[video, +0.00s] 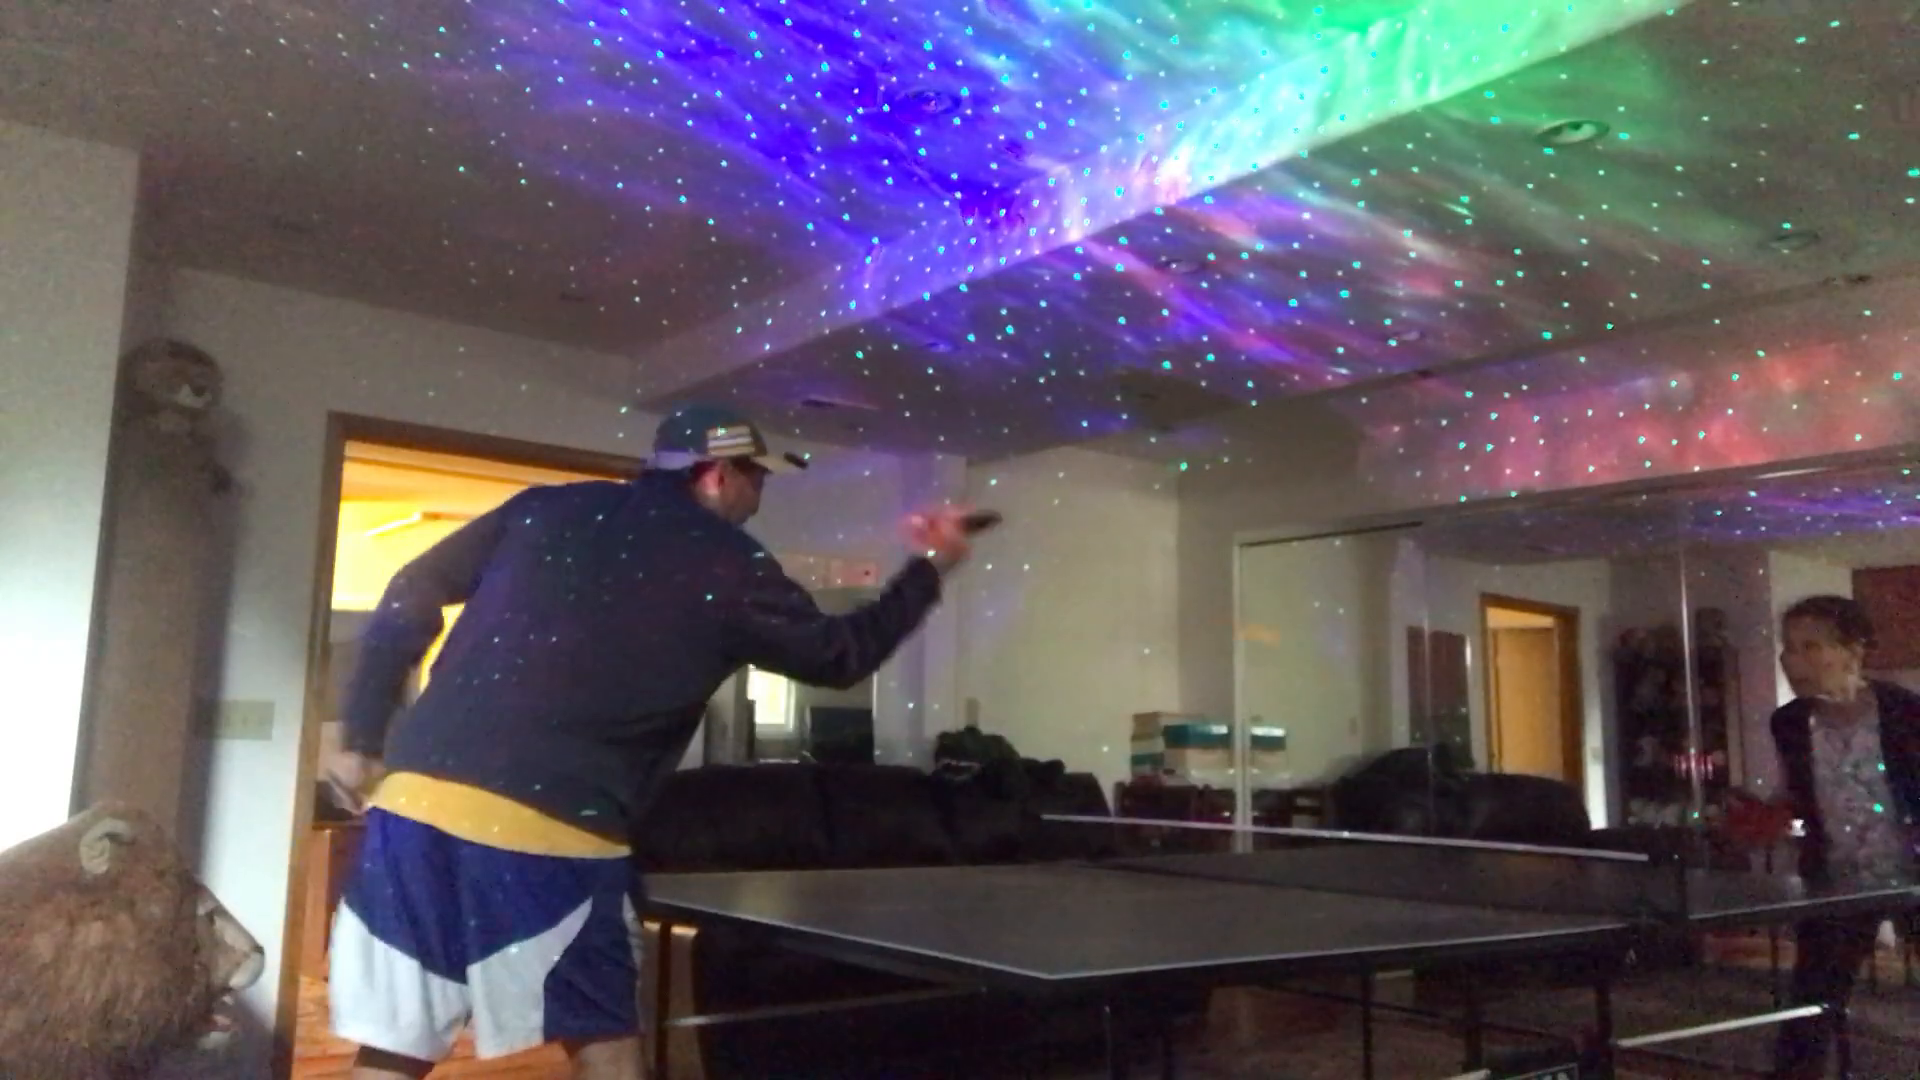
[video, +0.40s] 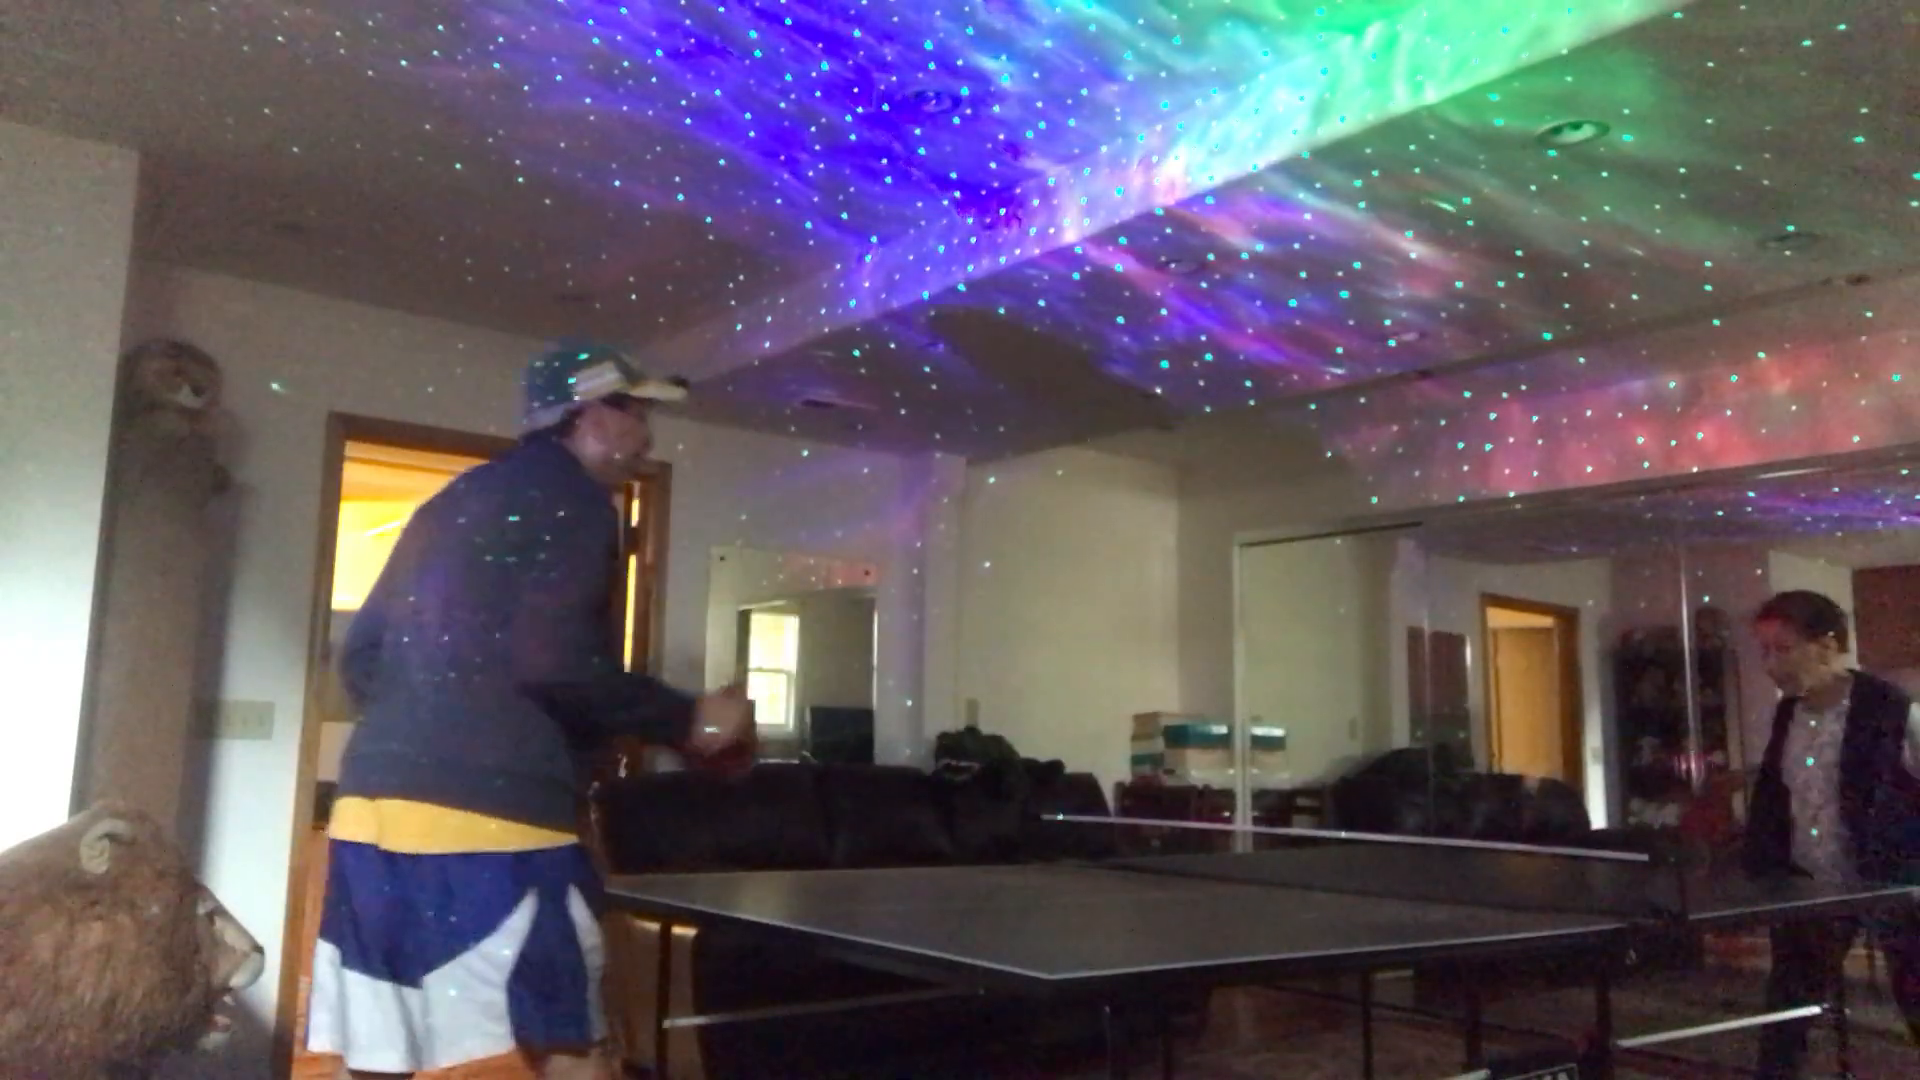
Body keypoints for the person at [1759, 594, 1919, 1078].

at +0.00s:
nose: (1787, 659)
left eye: (1802, 647)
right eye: (1786, 648)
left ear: (1853, 651)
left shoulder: (1903, 709)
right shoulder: (1789, 724)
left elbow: (1914, 793)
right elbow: (1804, 802)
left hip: (1908, 878)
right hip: (1837, 885)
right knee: (1811, 1005)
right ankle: (1799, 1066)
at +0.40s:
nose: (1773, 665)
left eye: (1784, 648)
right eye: (1768, 652)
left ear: (1827, 645)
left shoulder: (1888, 706)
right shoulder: (1787, 711)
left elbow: (1909, 797)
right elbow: (1769, 796)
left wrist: (1897, 873)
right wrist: (1763, 868)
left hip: (1886, 882)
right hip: (1806, 885)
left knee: (1914, 998)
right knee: (1786, 1006)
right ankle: (1776, 1070)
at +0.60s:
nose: (1788, 652)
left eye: (1800, 640)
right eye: (1789, 639)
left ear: (1843, 640)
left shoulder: (1903, 703)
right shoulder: (1805, 706)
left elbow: (1911, 797)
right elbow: (1787, 762)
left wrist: (1906, 885)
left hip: (1900, 882)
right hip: (1828, 886)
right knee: (1798, 1004)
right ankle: (1783, 1072)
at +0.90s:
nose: (1825, 640)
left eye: (1842, 630)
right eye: (1826, 628)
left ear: (1889, 643)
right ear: (1822, 636)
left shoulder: (1908, 707)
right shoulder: (1808, 707)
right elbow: (1739, 757)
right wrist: (1693, 760)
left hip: (1904, 884)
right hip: (1831, 887)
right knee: (1802, 1002)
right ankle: (1782, 1071)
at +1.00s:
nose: (1840, 645)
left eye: (1858, 632)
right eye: (1835, 633)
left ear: (1901, 643)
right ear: (1829, 640)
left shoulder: (1913, 708)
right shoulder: (1816, 710)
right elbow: (1765, 778)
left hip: (1912, 885)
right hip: (1839, 886)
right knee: (1804, 1000)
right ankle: (1781, 1072)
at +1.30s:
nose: (1834, 647)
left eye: (1849, 634)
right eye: (1822, 635)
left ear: (1884, 645)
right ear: (1810, 645)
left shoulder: (1909, 706)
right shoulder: (1803, 710)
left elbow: (1914, 780)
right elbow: (1804, 784)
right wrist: (1775, 799)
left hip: (1909, 881)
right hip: (1835, 882)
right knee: (1798, 981)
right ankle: (1782, 1067)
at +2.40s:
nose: (1757, 657)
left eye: (1770, 642)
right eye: (1750, 645)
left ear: (1810, 644)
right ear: (1744, 652)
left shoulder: (1864, 707)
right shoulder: (1752, 713)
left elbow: (1912, 792)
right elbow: (1752, 796)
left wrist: (1906, 886)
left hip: (1866, 876)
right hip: (1788, 879)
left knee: (1903, 989)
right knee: (1781, 998)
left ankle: (1918, 1055)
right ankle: (1784, 1074)